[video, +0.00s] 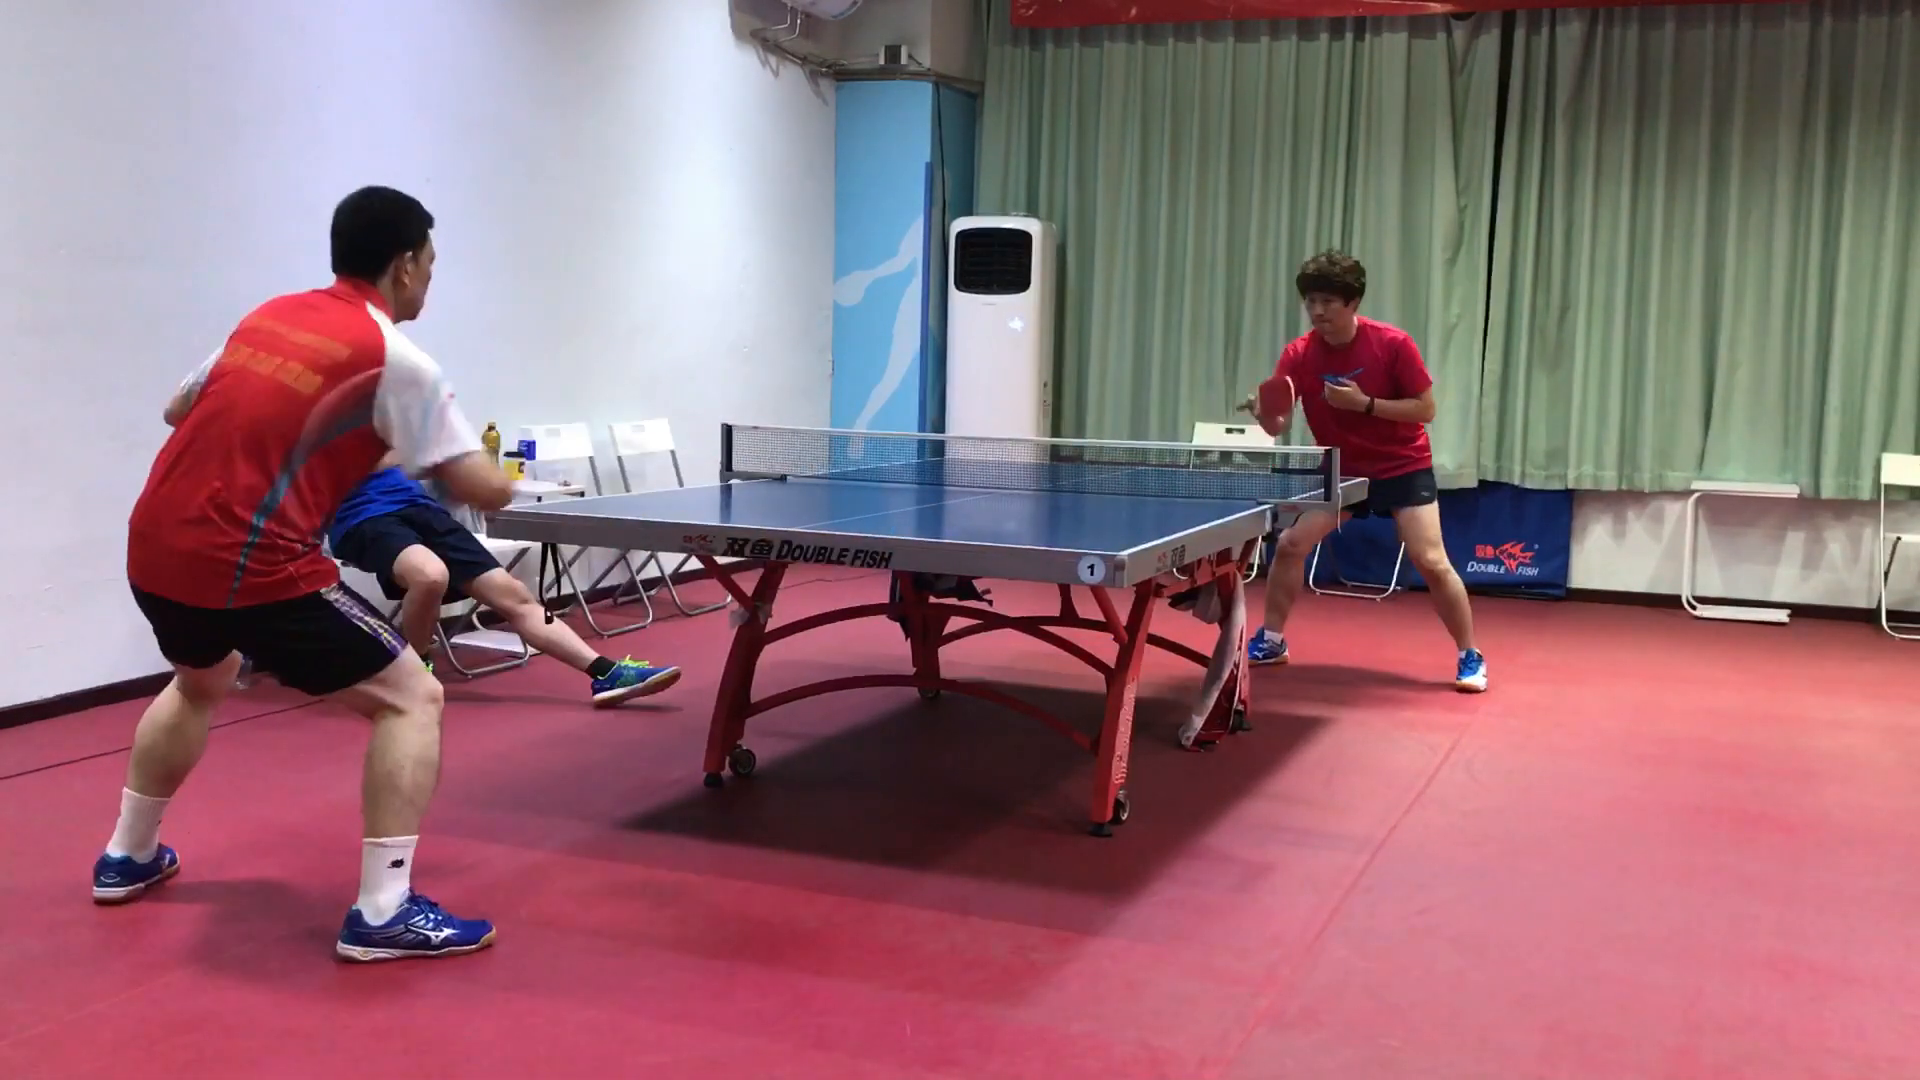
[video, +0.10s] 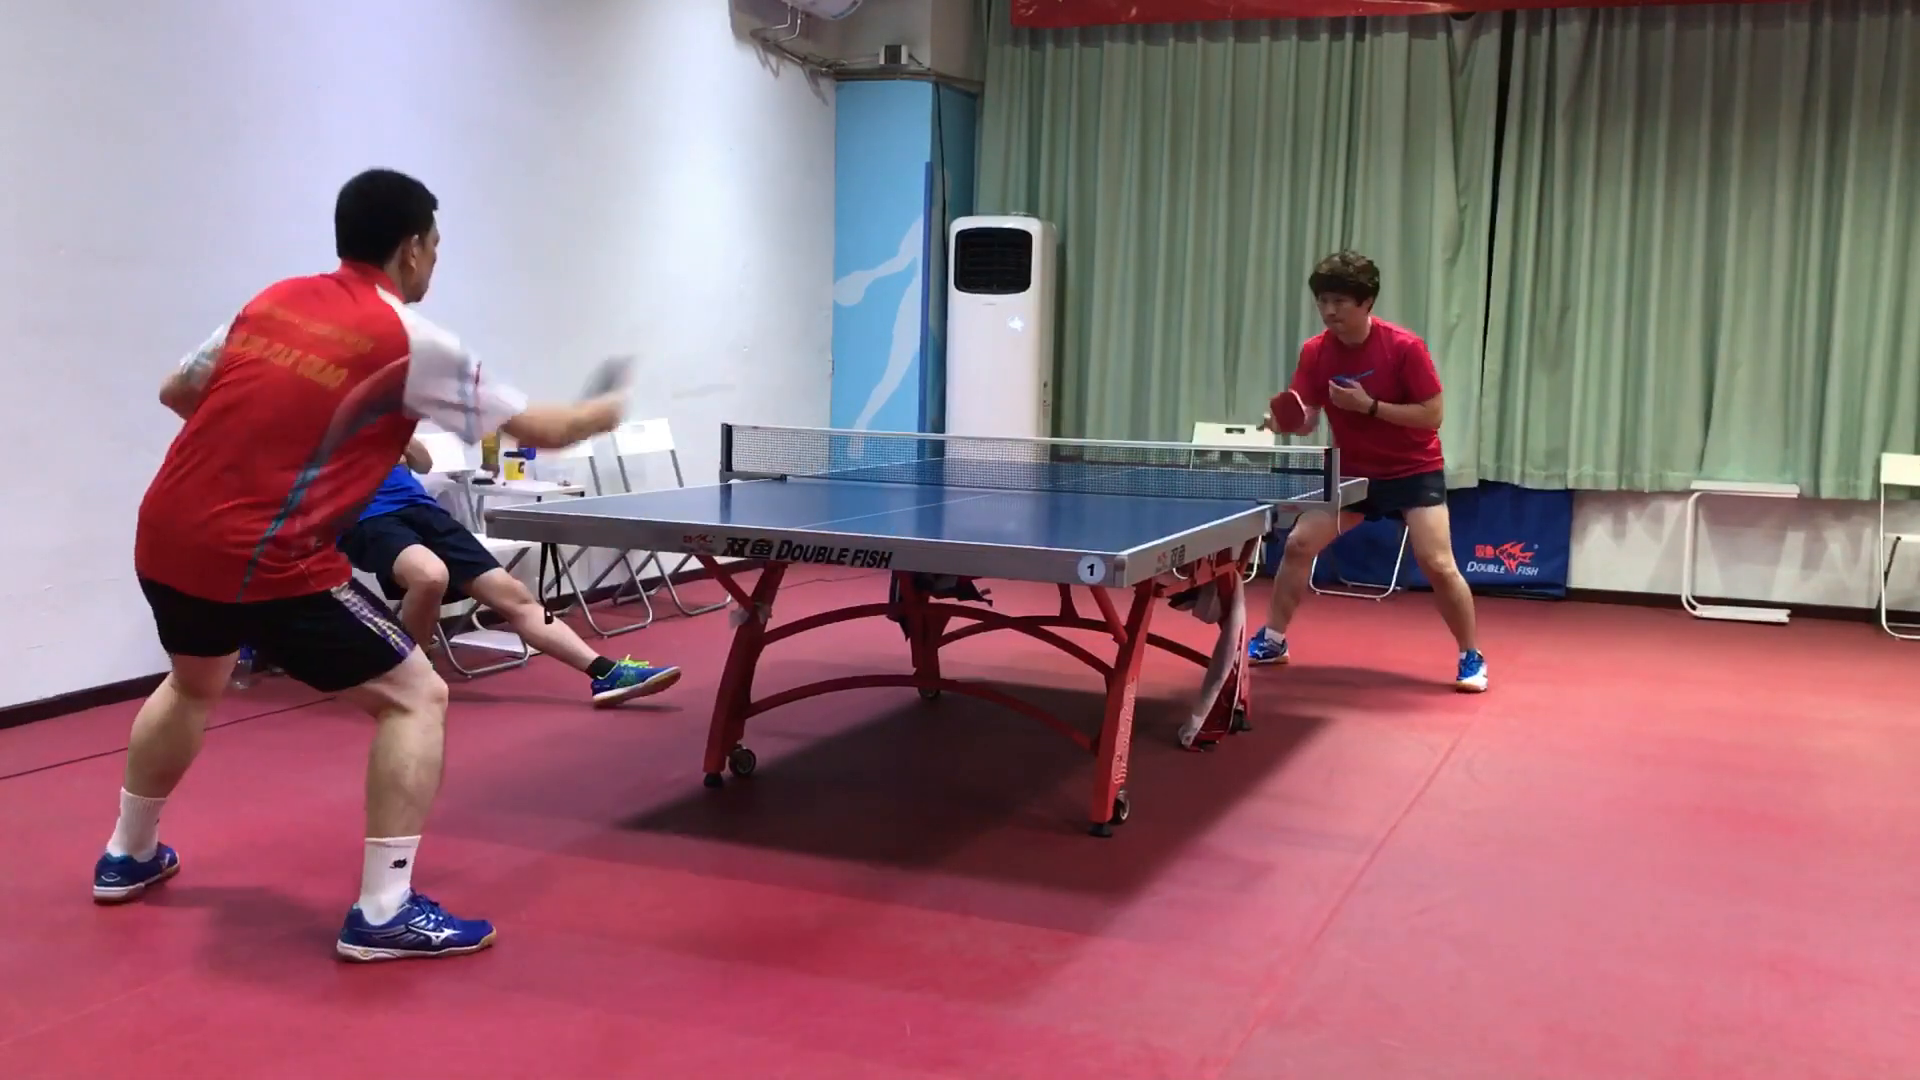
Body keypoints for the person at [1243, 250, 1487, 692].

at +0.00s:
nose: (1317, 310)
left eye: (1328, 301)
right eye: (1311, 301)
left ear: (1353, 303)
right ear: (1304, 302)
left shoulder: (1392, 344)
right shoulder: (1297, 355)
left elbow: (1426, 409)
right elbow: (1276, 428)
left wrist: (1366, 403)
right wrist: (1266, 410)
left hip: (1404, 471)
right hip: (1340, 473)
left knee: (1432, 562)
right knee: (1290, 544)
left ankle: (1469, 655)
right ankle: (1270, 640)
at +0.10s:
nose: (1328, 311)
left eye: (1338, 302)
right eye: (1322, 301)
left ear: (1366, 301)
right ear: (1316, 301)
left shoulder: (1406, 348)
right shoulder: (1314, 352)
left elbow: (1432, 415)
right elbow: (1304, 417)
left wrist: (1369, 405)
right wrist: (1287, 419)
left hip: (1415, 476)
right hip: (1354, 477)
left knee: (1438, 564)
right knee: (1298, 544)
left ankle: (1470, 656)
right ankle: (1272, 639)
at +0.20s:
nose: (1329, 315)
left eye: (1338, 305)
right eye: (1323, 305)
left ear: (1367, 304)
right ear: (1317, 304)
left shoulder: (1407, 348)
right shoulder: (1323, 351)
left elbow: (1431, 418)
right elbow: (1326, 410)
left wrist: (1369, 403)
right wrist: (1318, 431)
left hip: (1422, 474)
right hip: (1363, 474)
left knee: (1439, 565)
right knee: (1304, 537)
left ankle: (1470, 656)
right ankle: (1287, 637)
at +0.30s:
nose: (1324, 331)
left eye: (1333, 323)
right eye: (1317, 322)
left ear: (1358, 315)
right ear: (1311, 318)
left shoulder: (1402, 350)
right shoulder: (1317, 363)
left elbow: (1432, 418)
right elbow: (1329, 417)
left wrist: (1367, 407)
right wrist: (1350, 444)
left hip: (1423, 470)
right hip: (1367, 474)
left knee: (1436, 563)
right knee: (1308, 540)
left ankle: (1470, 656)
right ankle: (1296, 640)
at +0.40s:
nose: (1325, 339)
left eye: (1333, 330)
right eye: (1318, 331)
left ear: (1358, 319)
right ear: (1311, 326)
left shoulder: (1405, 347)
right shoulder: (1314, 374)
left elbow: (1439, 411)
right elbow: (1327, 437)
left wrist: (1378, 407)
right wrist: (1347, 428)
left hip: (1426, 468)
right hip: (1366, 474)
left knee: (1446, 559)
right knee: (1310, 540)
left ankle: (1472, 655)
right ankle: (1296, 639)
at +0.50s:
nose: (1333, 334)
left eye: (1341, 325)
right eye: (1325, 325)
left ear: (1366, 313)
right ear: (1318, 319)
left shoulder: (1411, 340)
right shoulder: (1319, 365)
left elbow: (1451, 399)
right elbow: (1329, 437)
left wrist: (1397, 401)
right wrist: (1310, 417)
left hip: (1427, 464)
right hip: (1364, 469)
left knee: (1449, 553)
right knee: (1312, 540)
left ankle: (1472, 654)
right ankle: (1295, 639)